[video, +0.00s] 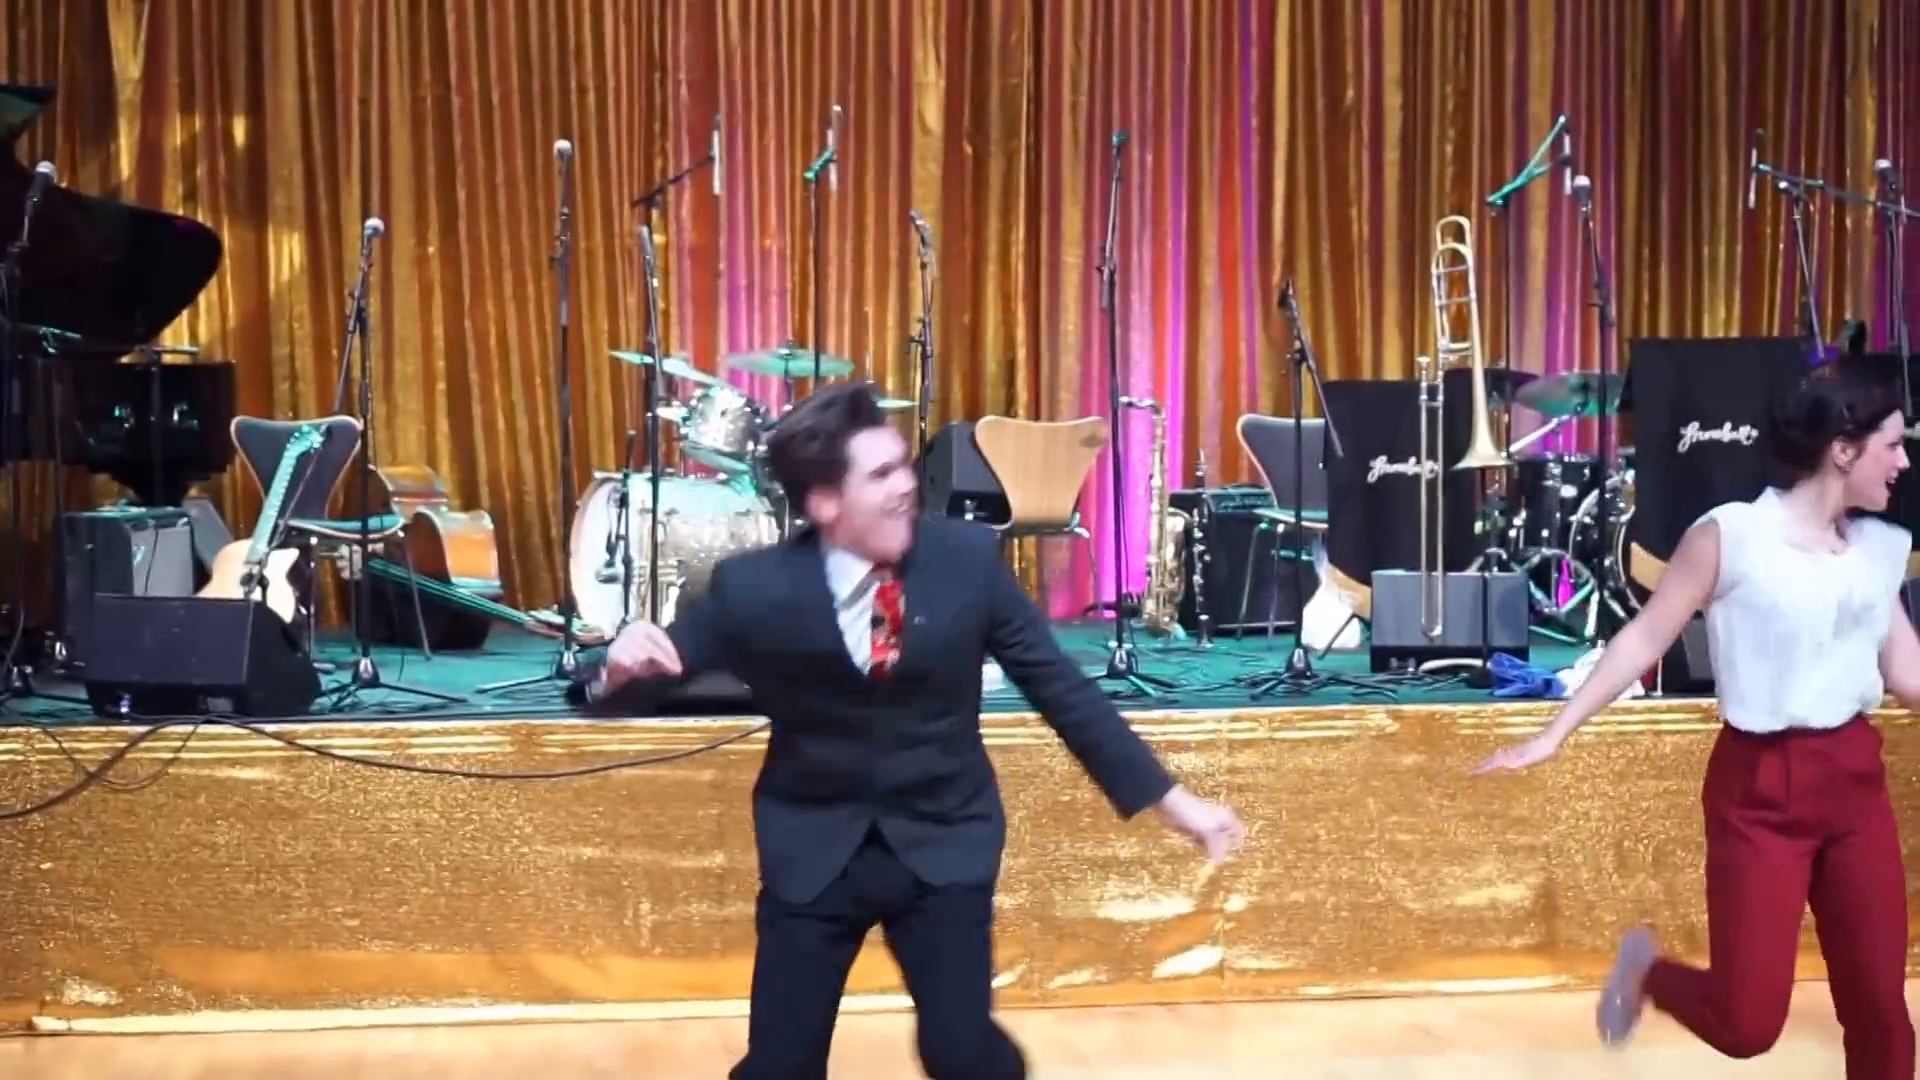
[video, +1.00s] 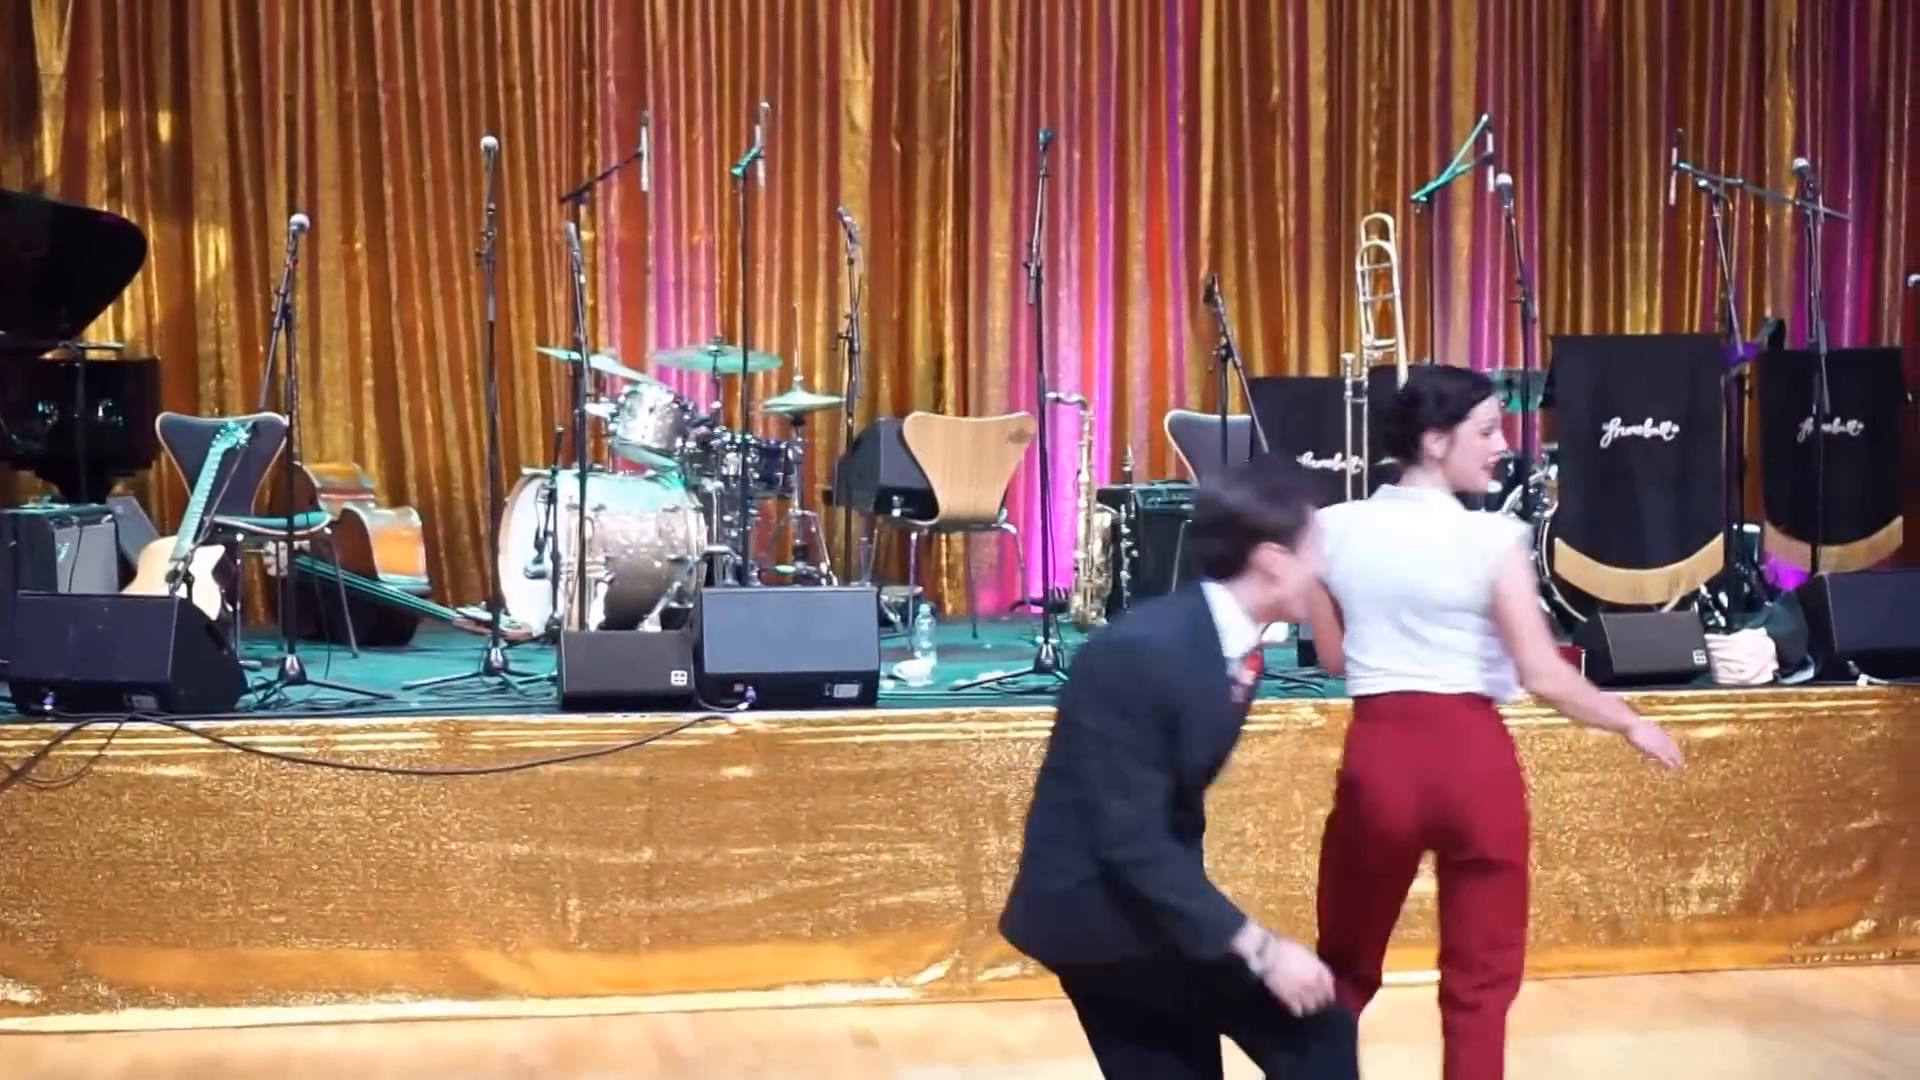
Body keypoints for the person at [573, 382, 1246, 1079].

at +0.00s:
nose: (908, 488)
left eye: (907, 467)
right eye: (884, 475)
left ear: (913, 473)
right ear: (821, 503)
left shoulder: (968, 563)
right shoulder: (751, 591)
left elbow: (1062, 687)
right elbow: (614, 698)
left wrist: (1166, 798)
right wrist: (622, 666)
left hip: (947, 834)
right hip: (812, 839)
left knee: (958, 1048)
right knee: (781, 1058)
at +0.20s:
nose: (856, 460)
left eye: (850, 440)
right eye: (831, 452)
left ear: (856, 436)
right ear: (778, 486)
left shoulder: (926, 531)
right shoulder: (718, 601)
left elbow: (1009, 657)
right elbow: (721, 735)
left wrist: (1086, 784)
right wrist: (709, 809)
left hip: (914, 825)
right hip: (781, 834)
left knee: (883, 1059)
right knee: (742, 1061)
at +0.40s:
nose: (934, 358)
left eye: (929, 339)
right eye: (912, 343)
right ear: (854, 371)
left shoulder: (965, 471)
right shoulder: (763, 491)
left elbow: (1031, 608)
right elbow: (746, 668)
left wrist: (1076, 701)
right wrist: (771, 822)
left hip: (938, 802)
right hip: (812, 806)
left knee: (972, 1053)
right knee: (746, 1055)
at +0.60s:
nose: (1009, 371)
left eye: (1003, 353)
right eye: (990, 354)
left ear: (951, 380)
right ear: (935, 380)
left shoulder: (1034, 488)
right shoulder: (863, 480)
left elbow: (1096, 621)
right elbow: (765, 622)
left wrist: (1175, 703)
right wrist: (836, 755)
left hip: (1004, 825)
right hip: (890, 820)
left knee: (1049, 1057)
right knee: (787, 1051)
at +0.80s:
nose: (1088, 451)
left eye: (1083, 429)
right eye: (1069, 434)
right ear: (1008, 460)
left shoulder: (1124, 549)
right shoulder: (945, 600)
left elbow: (1146, 717)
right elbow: (989, 742)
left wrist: (1157, 857)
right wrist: (1041, 812)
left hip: (1120, 863)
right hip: (1016, 874)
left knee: (1137, 1065)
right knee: (1072, 1061)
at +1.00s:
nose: (1322, 571)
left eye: (1320, 553)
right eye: (1315, 553)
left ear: (1264, 563)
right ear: (1271, 561)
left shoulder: (1216, 645)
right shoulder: (1139, 654)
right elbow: (1134, 843)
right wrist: (1260, 946)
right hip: (1097, 917)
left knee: (1173, 1069)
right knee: (1314, 1029)